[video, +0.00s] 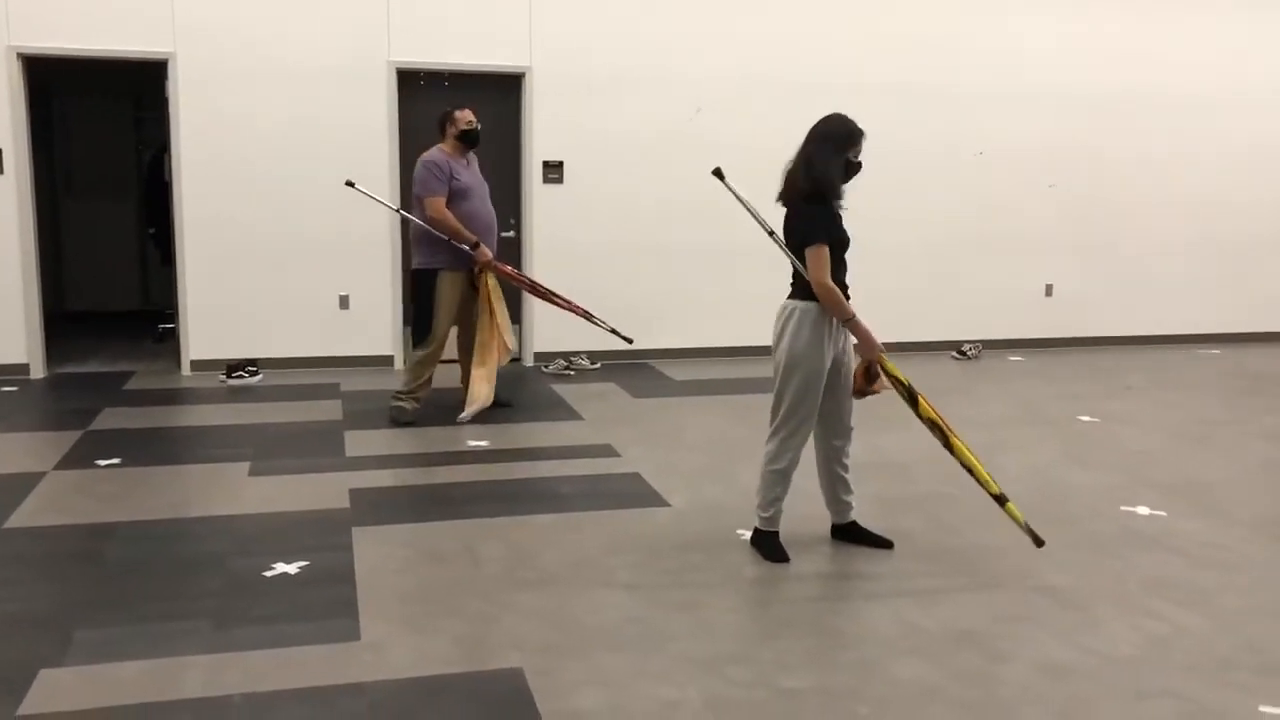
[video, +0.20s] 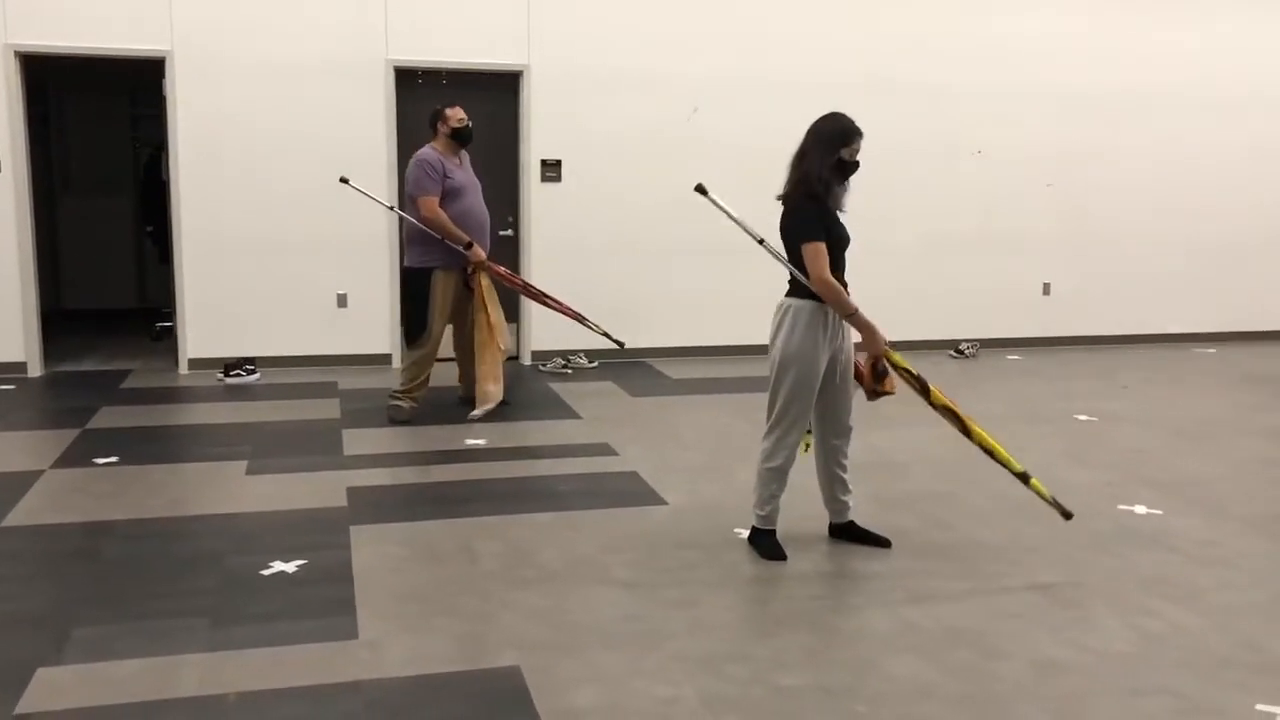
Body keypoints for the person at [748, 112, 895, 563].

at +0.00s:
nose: (858, 165)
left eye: (859, 156)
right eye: (853, 156)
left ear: (825, 153)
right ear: (832, 155)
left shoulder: (823, 204)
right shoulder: (811, 206)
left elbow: (827, 280)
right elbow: (820, 282)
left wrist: (850, 336)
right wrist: (863, 333)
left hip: (834, 323)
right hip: (806, 323)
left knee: (836, 428)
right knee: (791, 428)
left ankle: (843, 522)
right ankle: (766, 527)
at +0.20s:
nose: (855, 163)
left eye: (857, 155)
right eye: (850, 154)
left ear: (838, 151)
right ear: (827, 151)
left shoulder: (824, 203)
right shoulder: (804, 204)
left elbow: (828, 279)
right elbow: (820, 280)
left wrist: (851, 335)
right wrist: (868, 329)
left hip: (832, 321)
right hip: (803, 320)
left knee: (835, 426)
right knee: (787, 426)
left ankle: (840, 521)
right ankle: (763, 526)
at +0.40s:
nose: (852, 161)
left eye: (855, 153)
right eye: (847, 152)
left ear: (843, 150)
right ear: (824, 148)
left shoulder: (826, 203)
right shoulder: (801, 202)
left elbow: (827, 276)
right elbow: (814, 278)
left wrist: (854, 329)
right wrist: (863, 322)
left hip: (833, 319)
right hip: (801, 318)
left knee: (835, 424)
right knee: (784, 425)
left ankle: (838, 519)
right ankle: (761, 524)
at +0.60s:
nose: (849, 160)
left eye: (852, 151)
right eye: (843, 151)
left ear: (842, 148)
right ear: (820, 147)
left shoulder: (825, 200)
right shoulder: (798, 200)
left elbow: (828, 273)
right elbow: (809, 276)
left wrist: (853, 328)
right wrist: (859, 319)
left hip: (832, 318)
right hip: (799, 316)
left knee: (833, 423)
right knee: (780, 423)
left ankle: (836, 518)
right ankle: (759, 523)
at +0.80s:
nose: (840, 157)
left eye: (845, 149)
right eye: (835, 148)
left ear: (841, 146)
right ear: (811, 144)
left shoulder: (820, 199)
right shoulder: (792, 197)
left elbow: (823, 270)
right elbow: (802, 272)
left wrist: (848, 325)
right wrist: (854, 315)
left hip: (827, 315)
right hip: (795, 313)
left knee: (828, 420)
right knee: (776, 420)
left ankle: (832, 514)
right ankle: (755, 519)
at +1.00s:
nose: (832, 151)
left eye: (837, 144)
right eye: (827, 142)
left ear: (836, 142)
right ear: (804, 138)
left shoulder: (814, 193)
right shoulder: (786, 192)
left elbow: (817, 265)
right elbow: (796, 268)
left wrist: (842, 321)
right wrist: (846, 311)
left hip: (822, 311)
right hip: (790, 309)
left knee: (824, 416)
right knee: (772, 416)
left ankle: (827, 510)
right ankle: (751, 516)